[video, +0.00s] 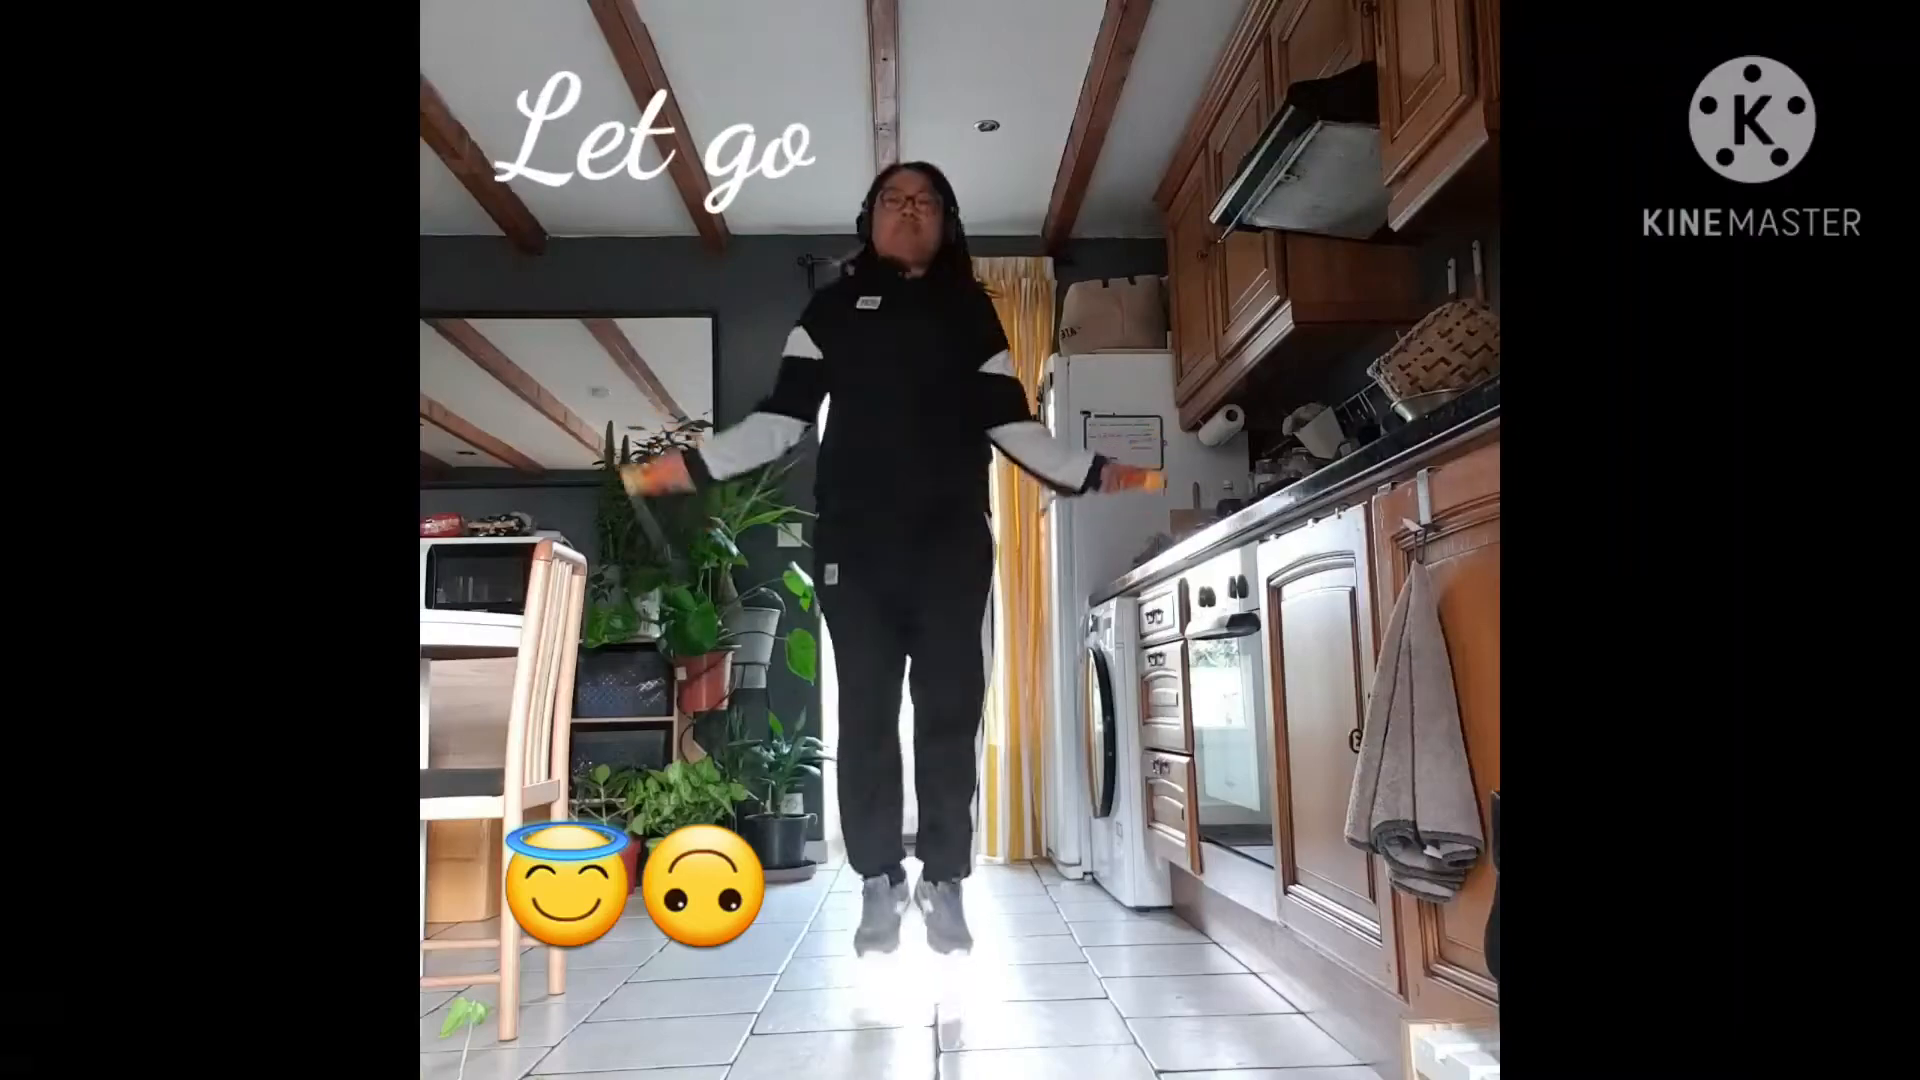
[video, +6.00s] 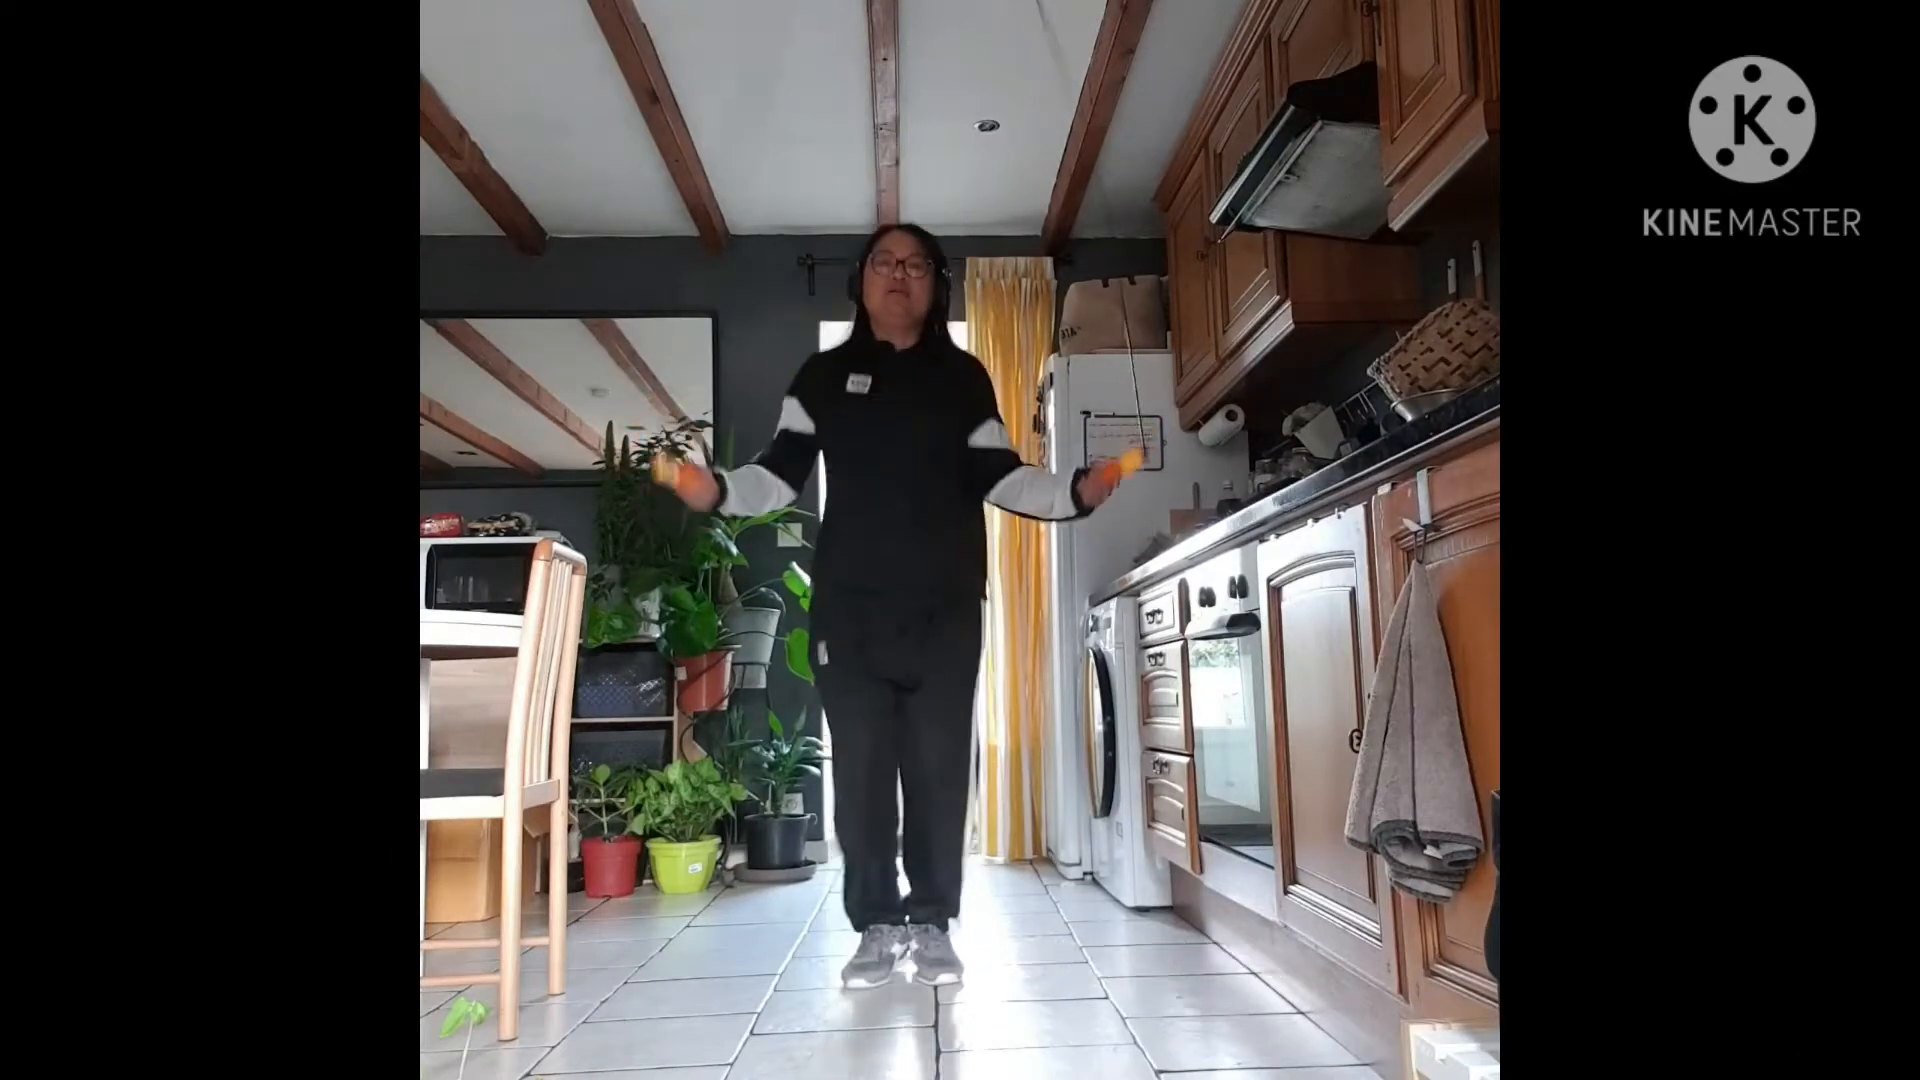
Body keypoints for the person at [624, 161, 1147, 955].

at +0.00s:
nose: (908, 209)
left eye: (923, 200)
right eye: (893, 200)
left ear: (947, 227)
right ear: (868, 224)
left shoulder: (969, 309)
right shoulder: (833, 308)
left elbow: (1006, 422)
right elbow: (786, 417)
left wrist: (1090, 471)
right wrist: (695, 461)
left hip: (952, 539)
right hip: (858, 538)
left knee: (950, 714)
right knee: (866, 715)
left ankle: (945, 881)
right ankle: (878, 882)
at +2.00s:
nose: (906, 275)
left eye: (921, 265)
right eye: (892, 264)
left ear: (945, 288)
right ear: (869, 285)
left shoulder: (971, 377)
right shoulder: (834, 375)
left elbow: (1002, 479)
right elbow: (778, 474)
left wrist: (1079, 479)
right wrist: (715, 463)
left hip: (951, 603)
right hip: (857, 603)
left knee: (949, 768)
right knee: (870, 769)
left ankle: (942, 924)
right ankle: (883, 929)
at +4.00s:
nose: (902, 206)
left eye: (918, 198)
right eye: (888, 196)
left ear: (942, 224)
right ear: (864, 218)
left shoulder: (966, 312)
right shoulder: (827, 306)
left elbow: (1002, 425)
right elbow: (784, 424)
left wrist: (1079, 477)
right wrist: (697, 468)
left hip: (947, 541)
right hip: (852, 541)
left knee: (949, 715)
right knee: (864, 714)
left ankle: (942, 886)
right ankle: (875, 887)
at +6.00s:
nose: (898, 274)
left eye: (914, 264)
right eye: (884, 262)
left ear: (937, 286)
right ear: (861, 282)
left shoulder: (964, 377)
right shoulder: (827, 373)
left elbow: (998, 475)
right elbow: (780, 473)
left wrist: (1075, 491)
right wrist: (718, 489)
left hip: (945, 598)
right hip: (853, 597)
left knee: (938, 764)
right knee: (862, 765)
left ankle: (933, 924)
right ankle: (876, 928)